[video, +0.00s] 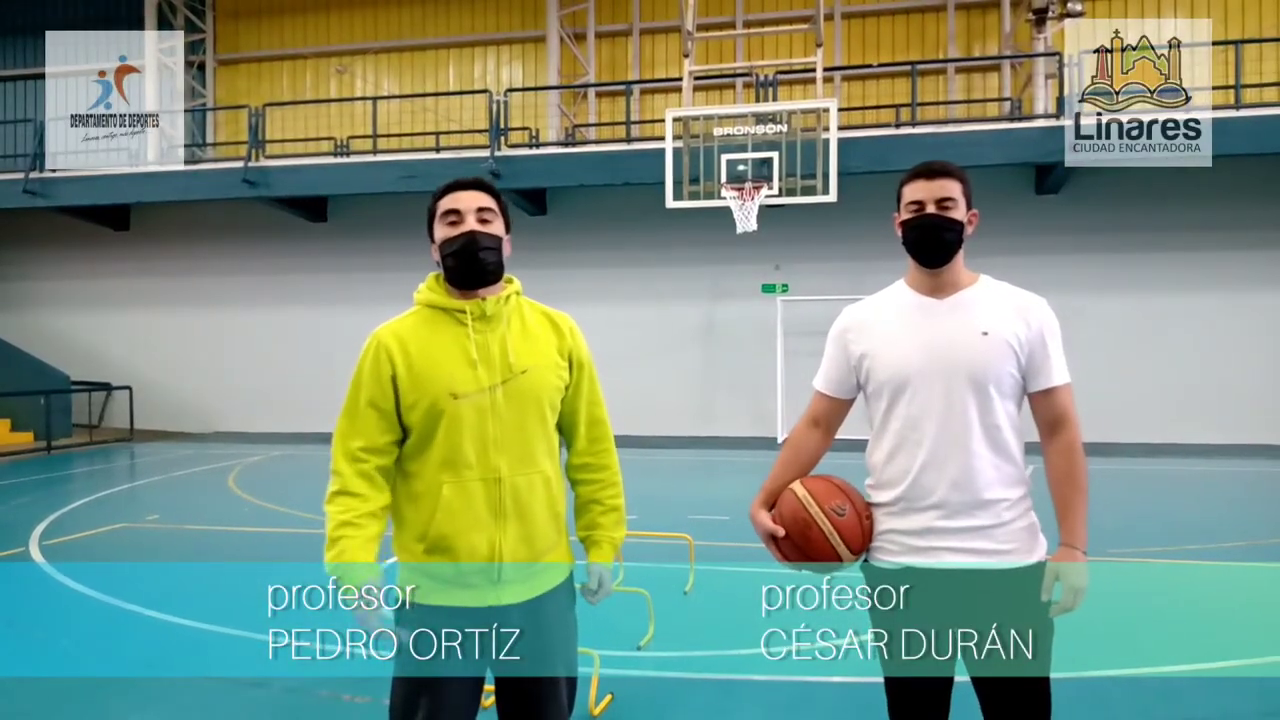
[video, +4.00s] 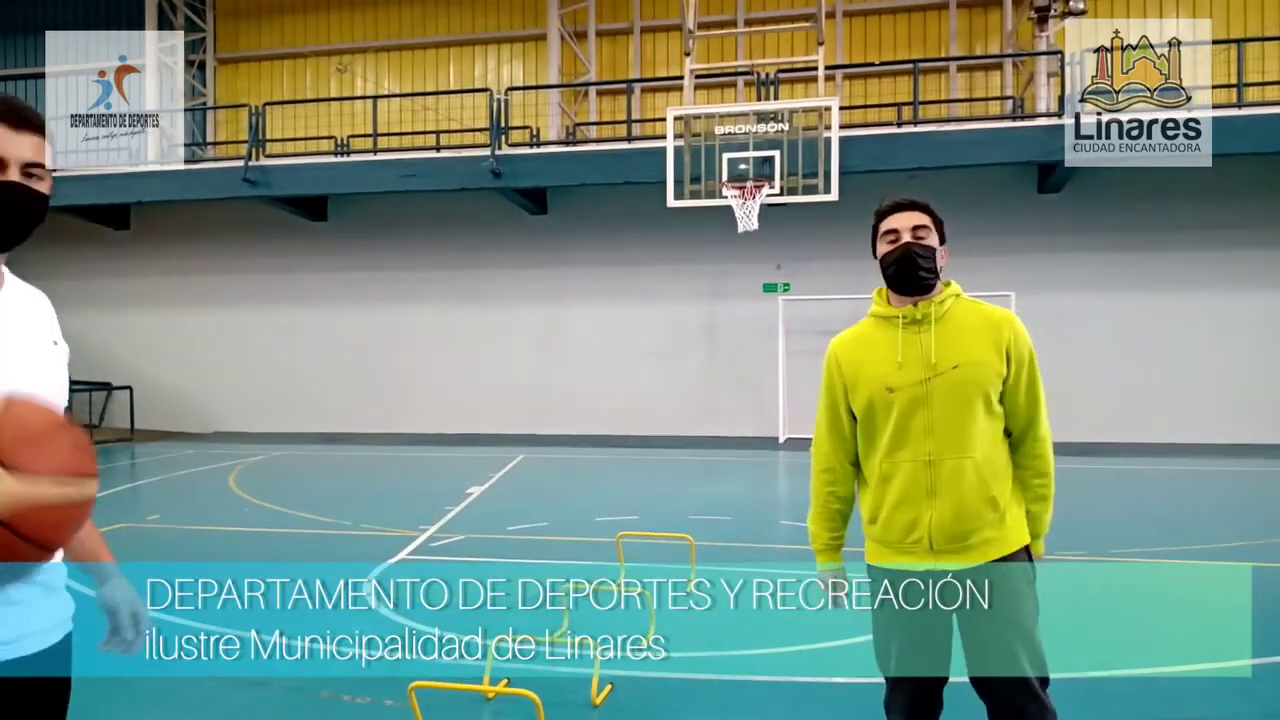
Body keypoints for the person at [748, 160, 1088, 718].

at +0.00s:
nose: (929, 217)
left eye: (945, 206)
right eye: (915, 208)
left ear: (971, 220)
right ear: (897, 226)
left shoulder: (1024, 315)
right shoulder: (860, 323)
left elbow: (1060, 432)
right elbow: (816, 425)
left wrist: (1072, 545)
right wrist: (761, 502)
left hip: (1005, 561)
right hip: (901, 562)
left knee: (1020, 710)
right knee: (914, 713)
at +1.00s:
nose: (931, 216)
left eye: (946, 205)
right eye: (916, 208)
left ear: (972, 220)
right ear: (899, 226)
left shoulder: (1026, 313)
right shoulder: (860, 322)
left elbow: (1063, 430)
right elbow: (815, 423)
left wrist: (1077, 543)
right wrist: (761, 502)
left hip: (1006, 561)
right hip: (903, 562)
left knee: (1019, 711)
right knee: (914, 713)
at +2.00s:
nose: (931, 215)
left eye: (945, 204)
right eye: (916, 208)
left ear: (972, 220)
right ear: (898, 229)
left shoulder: (1026, 315)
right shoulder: (863, 324)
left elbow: (1062, 430)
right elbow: (818, 426)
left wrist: (1078, 542)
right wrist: (765, 505)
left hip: (1008, 559)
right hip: (906, 561)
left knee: (1022, 711)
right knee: (916, 712)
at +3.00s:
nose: (911, 218)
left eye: (925, 206)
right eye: (897, 214)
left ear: (958, 219)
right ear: (889, 237)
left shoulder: (1018, 313)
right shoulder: (859, 324)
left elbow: (1061, 437)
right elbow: (814, 424)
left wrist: (1029, 376)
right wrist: (760, 491)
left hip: (994, 555)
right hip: (893, 555)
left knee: (1014, 709)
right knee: (907, 713)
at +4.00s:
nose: (906, 241)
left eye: (919, 232)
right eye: (891, 236)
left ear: (943, 252)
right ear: (877, 259)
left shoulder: (1000, 330)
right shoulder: (849, 350)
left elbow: (1031, 439)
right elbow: (833, 458)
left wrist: (1033, 536)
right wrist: (828, 552)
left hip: (993, 551)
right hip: (899, 557)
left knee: (1019, 700)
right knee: (910, 703)